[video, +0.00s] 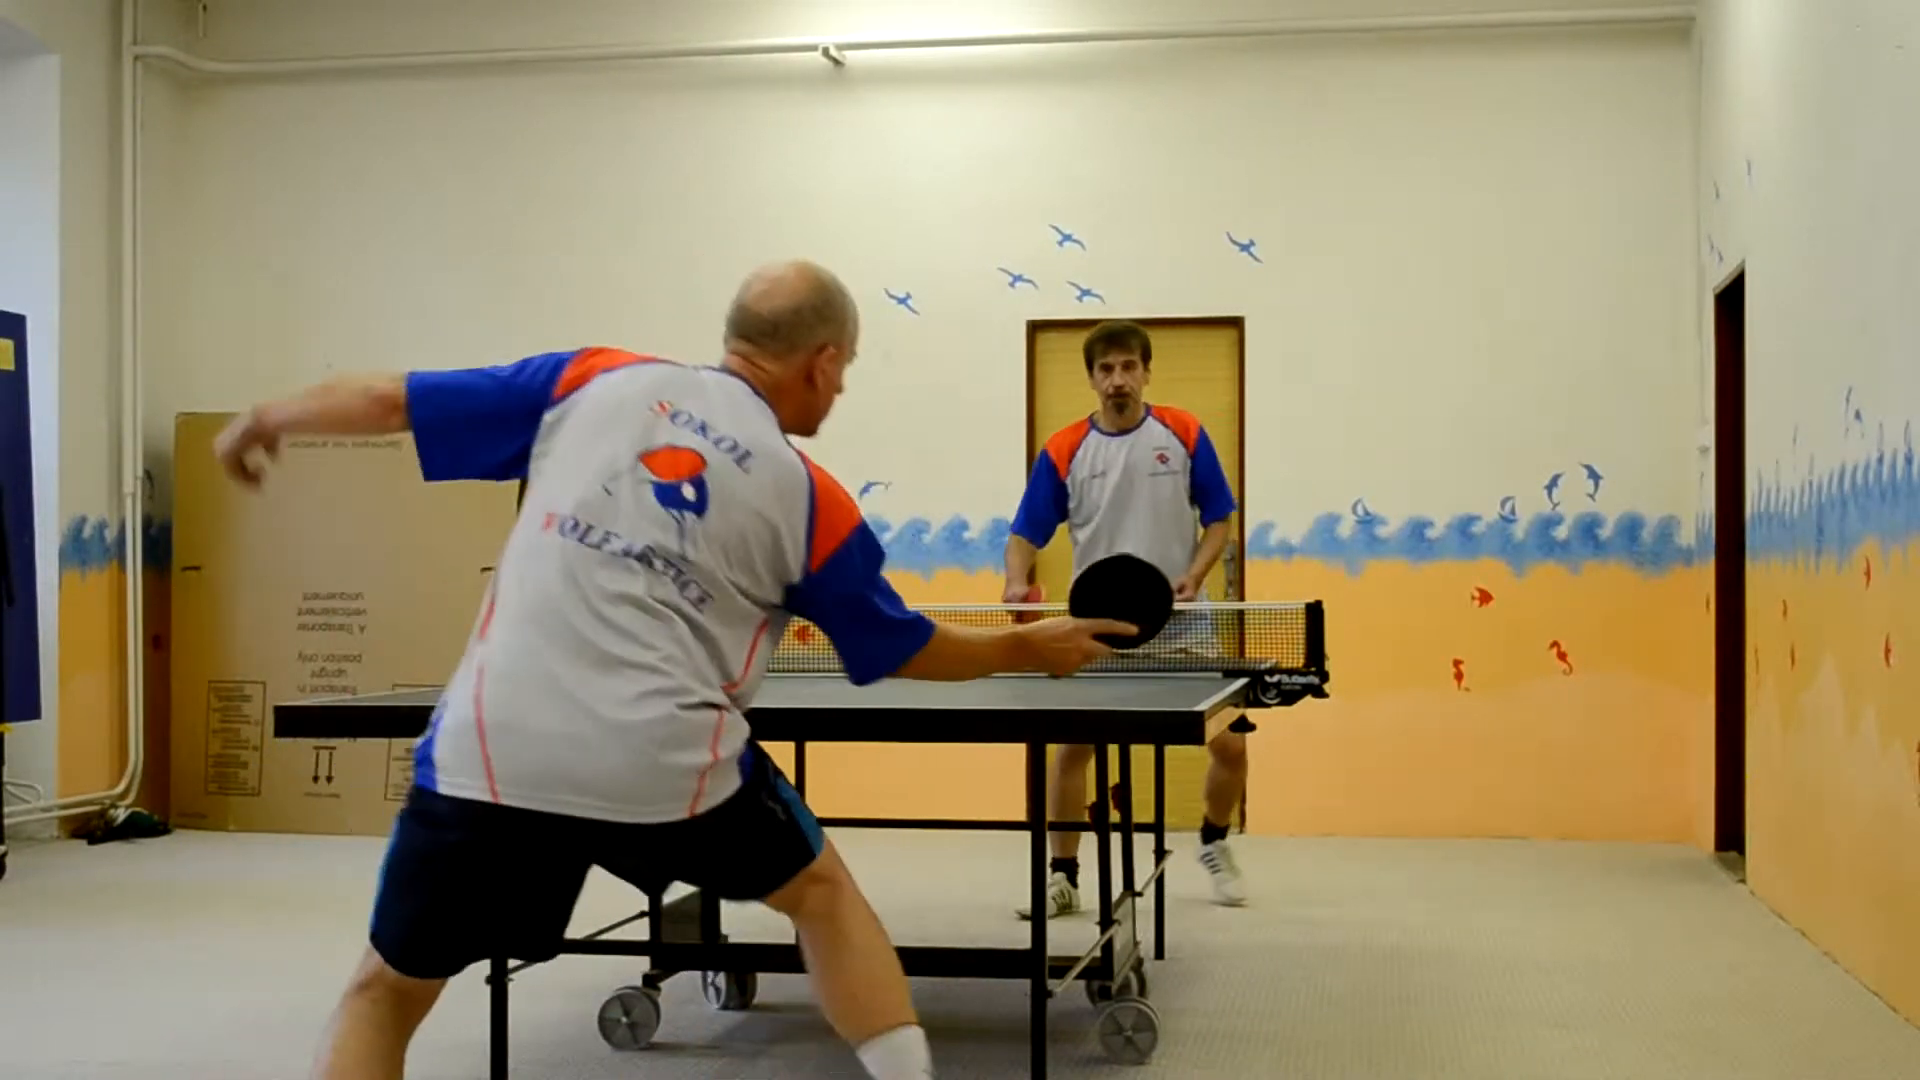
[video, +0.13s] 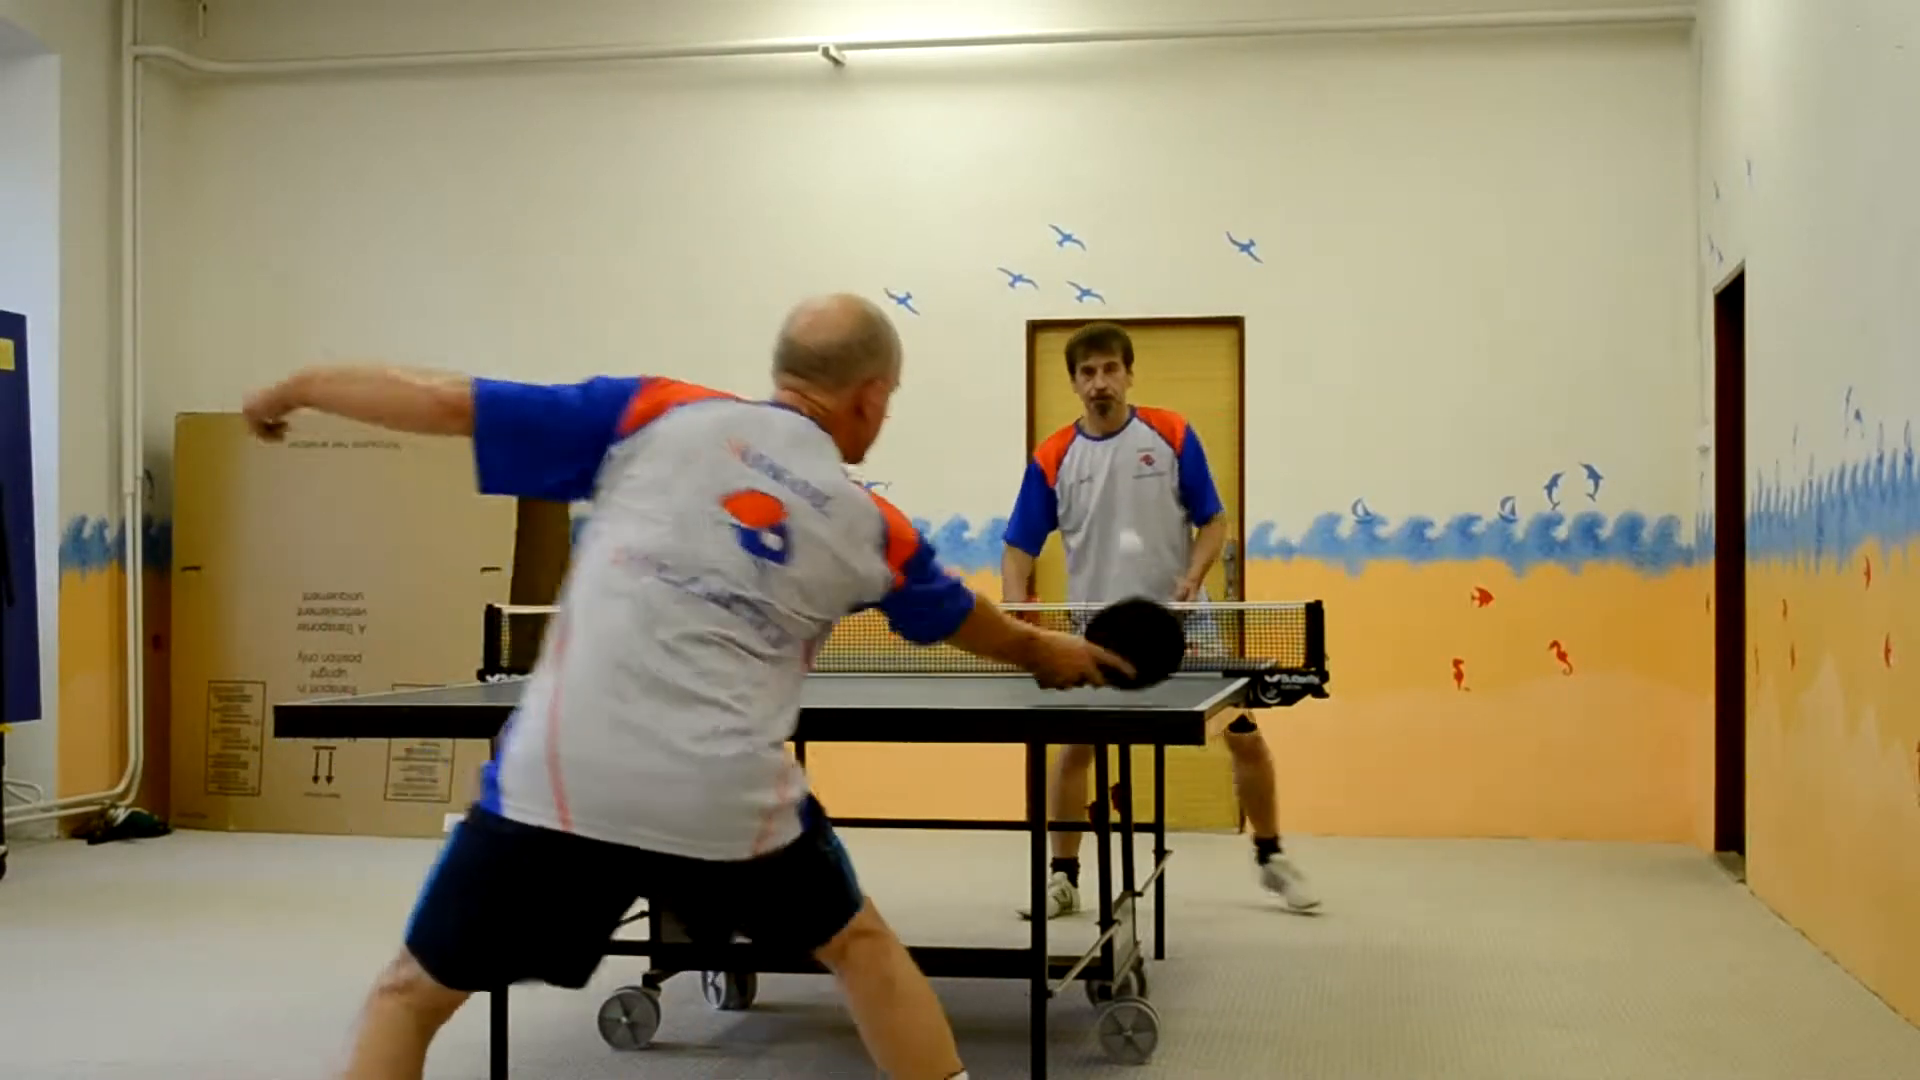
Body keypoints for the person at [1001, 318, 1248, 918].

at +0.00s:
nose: (1117, 379)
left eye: (1127, 367)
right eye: (1105, 370)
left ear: (1145, 371)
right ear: (1091, 377)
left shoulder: (1183, 433)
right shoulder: (1064, 449)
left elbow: (1220, 517)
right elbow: (1025, 533)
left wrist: (1194, 573)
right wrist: (1017, 580)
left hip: (1178, 622)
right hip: (1094, 626)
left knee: (1231, 744)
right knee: (1072, 745)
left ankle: (1214, 844)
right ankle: (1062, 875)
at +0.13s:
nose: (1099, 382)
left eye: (1109, 370)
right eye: (1087, 373)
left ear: (1128, 374)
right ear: (1073, 383)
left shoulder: (1172, 434)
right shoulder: (1054, 457)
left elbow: (1212, 521)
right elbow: (1019, 547)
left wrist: (1192, 576)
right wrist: (1018, 618)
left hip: (1181, 626)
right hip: (1094, 631)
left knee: (1246, 738)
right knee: (1071, 750)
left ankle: (1270, 857)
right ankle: (1062, 873)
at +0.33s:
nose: (1091, 406)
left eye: (1101, 393)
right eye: (1079, 397)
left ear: (1122, 394)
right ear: (1067, 406)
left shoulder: (1169, 448)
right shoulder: (1065, 484)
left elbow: (1222, 532)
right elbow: (1060, 585)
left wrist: (1181, 600)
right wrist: (1063, 646)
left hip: (1201, 635)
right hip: (1115, 647)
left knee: (1272, 762)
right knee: (1076, 753)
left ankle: (1352, 874)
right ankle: (1062, 880)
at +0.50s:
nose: (1110, 441)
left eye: (1118, 427)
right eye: (1099, 433)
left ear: (1146, 424)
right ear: (1093, 440)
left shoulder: (1185, 473)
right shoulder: (1132, 501)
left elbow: (1210, 555)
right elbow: (1149, 576)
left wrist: (1147, 602)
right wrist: (1111, 620)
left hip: (1249, 654)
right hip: (1183, 656)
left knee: (1302, 789)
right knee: (1105, 754)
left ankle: (1381, 886)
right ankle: (1065, 881)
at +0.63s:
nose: (1130, 462)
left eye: (1137, 447)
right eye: (1122, 453)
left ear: (1172, 440)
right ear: (1123, 456)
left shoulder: (1204, 481)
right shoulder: (1180, 500)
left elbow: (1236, 546)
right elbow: (1226, 573)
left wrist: (1174, 583)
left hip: (1279, 662)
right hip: (1224, 666)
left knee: (1325, 797)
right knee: (1139, 759)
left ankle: (1390, 887)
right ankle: (1079, 877)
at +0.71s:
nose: (1151, 446)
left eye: (1159, 431)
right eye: (1145, 437)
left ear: (1195, 427)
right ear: (1146, 443)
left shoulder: (1230, 468)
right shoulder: (1201, 488)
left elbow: (1288, 534)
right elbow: (1240, 567)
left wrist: (1254, 572)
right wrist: (1224, 647)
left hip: (1295, 656)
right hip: (1239, 660)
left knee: (1332, 794)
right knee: (1152, 760)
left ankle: (1392, 885)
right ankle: (1089, 876)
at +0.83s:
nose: (1219, 385)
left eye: (1231, 372)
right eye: (1214, 375)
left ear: (1265, 377)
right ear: (1213, 383)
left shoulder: (1307, 429)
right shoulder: (1216, 466)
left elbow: (1363, 497)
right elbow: (1187, 555)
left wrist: (1389, 500)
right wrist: (1114, 575)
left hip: (1306, 627)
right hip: (1232, 631)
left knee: (1345, 760)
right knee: (1152, 735)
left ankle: (1393, 876)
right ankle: (1101, 863)